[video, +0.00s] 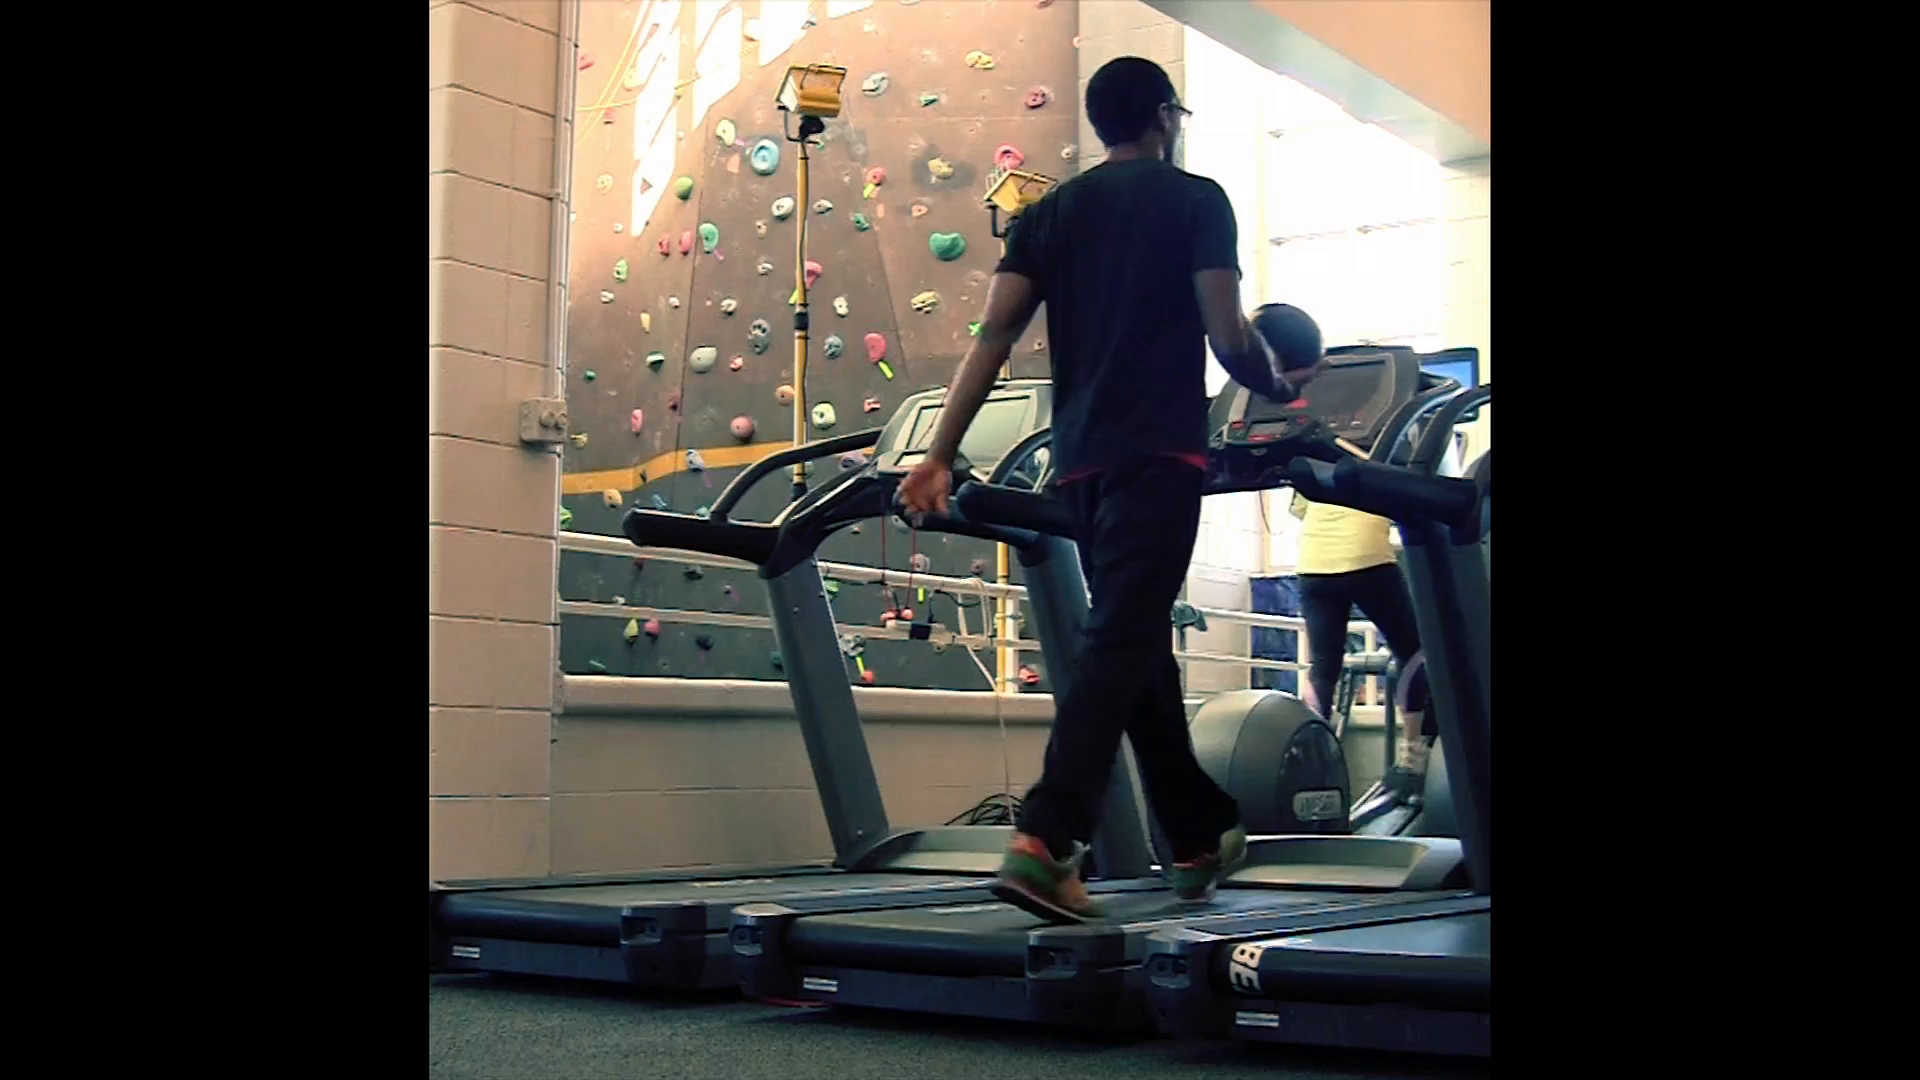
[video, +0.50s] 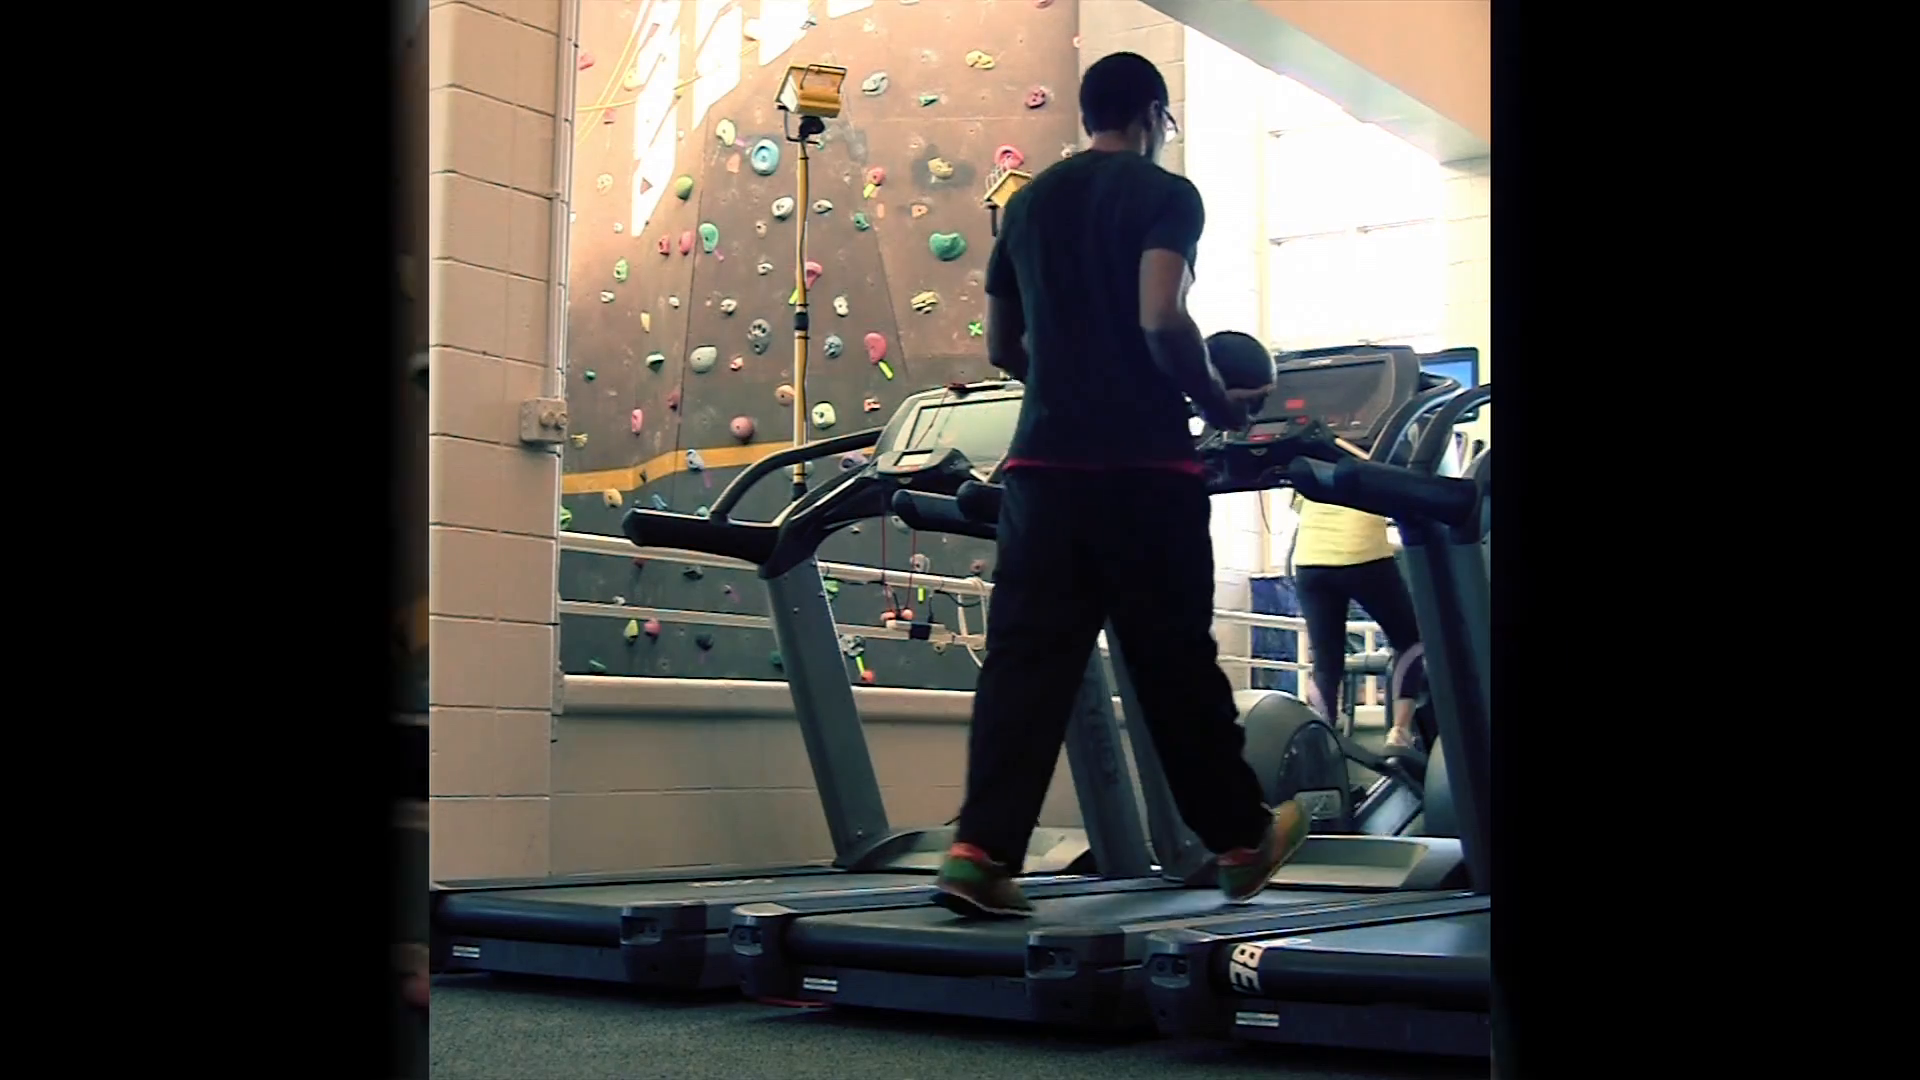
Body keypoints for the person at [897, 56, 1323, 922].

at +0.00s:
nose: (1180, 134)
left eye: (1178, 122)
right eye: (1179, 121)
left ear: (1095, 129)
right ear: (1164, 121)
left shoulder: (1050, 212)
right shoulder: (1193, 197)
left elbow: (994, 339)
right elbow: (1231, 341)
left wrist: (938, 454)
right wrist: (1275, 387)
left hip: (1076, 465)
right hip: (1160, 458)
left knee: (1139, 650)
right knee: (1115, 647)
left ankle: (1195, 838)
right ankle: (1044, 842)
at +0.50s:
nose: (1169, 133)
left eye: (1164, 123)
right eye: (1168, 122)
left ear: (1085, 118)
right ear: (1154, 117)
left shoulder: (1023, 202)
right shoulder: (1166, 192)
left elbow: (1005, 347)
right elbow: (1160, 319)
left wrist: (1078, 382)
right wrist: (1218, 400)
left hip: (1043, 475)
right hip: (1146, 475)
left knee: (1022, 661)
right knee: (1175, 659)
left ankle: (980, 852)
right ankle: (1241, 841)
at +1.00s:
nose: (1162, 132)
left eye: (1161, 121)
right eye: (1161, 118)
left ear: (1081, 112)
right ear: (1143, 111)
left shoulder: (1020, 197)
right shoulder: (1165, 182)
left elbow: (977, 338)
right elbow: (1197, 331)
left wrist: (947, 464)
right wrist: (1240, 388)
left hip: (1053, 450)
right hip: (1136, 445)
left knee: (1110, 643)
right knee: (1086, 645)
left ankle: (1132, 849)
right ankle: (1032, 859)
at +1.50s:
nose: (1234, 150)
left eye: (1237, 138)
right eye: (1220, 132)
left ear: (1169, 142)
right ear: (1167, 131)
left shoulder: (1101, 205)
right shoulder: (1170, 189)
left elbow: (978, 270)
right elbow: (1079, 235)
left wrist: (964, 366)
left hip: (1052, 475)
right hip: (1133, 474)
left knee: (1029, 654)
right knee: (1204, 647)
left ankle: (942, 848)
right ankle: (1189, 853)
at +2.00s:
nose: (1107, 4)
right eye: (1097, 0)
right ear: (1090, 3)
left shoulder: (1222, 52)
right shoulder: (1057, 60)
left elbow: (1318, 122)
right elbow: (988, 165)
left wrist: (1370, 115)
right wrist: (970, 221)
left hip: (1174, 329)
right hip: (1071, 309)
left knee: (1167, 531)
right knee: (1023, 433)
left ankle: (1192, 718)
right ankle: (1004, 626)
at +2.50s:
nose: (1032, 128)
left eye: (1037, 109)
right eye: (1031, 112)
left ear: (1073, 100)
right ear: (1117, 103)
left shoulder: (1094, 190)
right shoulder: (1190, 191)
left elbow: (1065, 342)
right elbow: (1252, 316)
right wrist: (1181, 371)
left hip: (1111, 448)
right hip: (1193, 447)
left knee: (1048, 628)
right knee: (1182, 631)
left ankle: (1034, 859)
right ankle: (1214, 845)